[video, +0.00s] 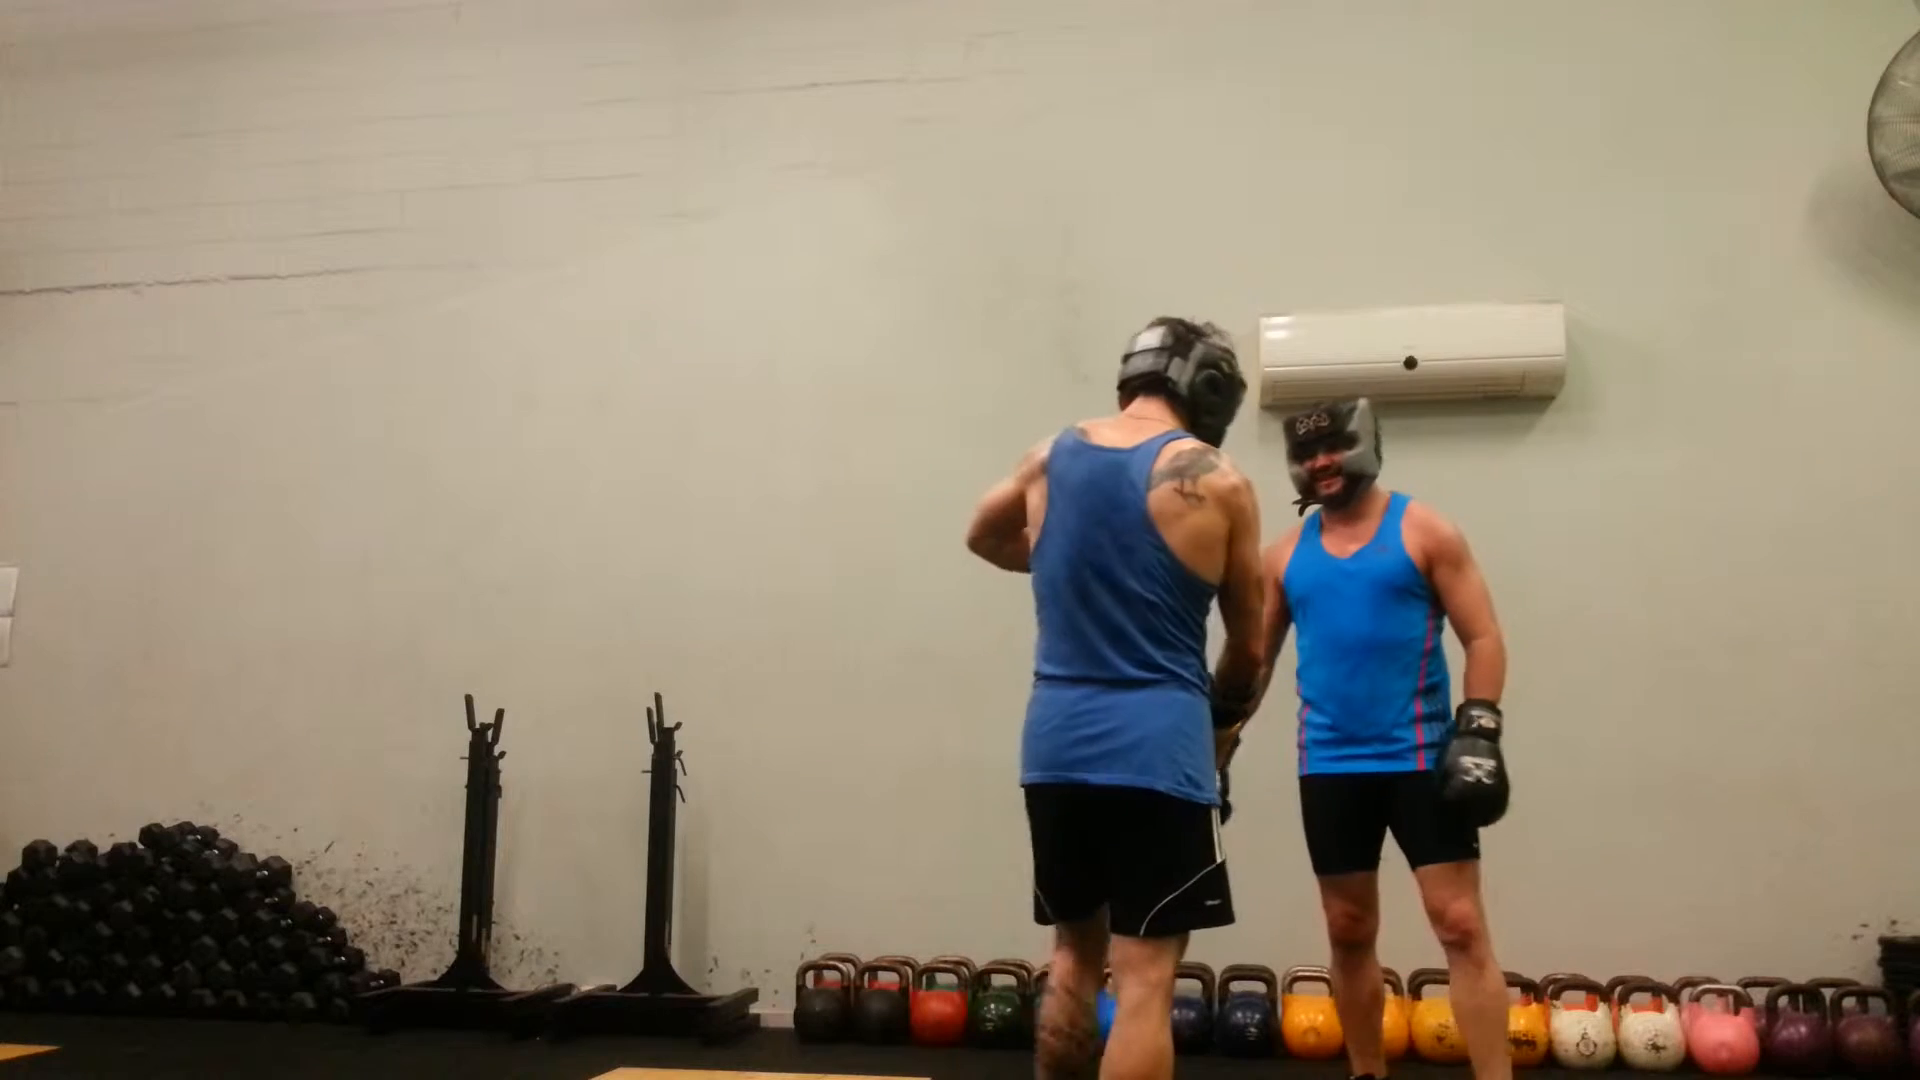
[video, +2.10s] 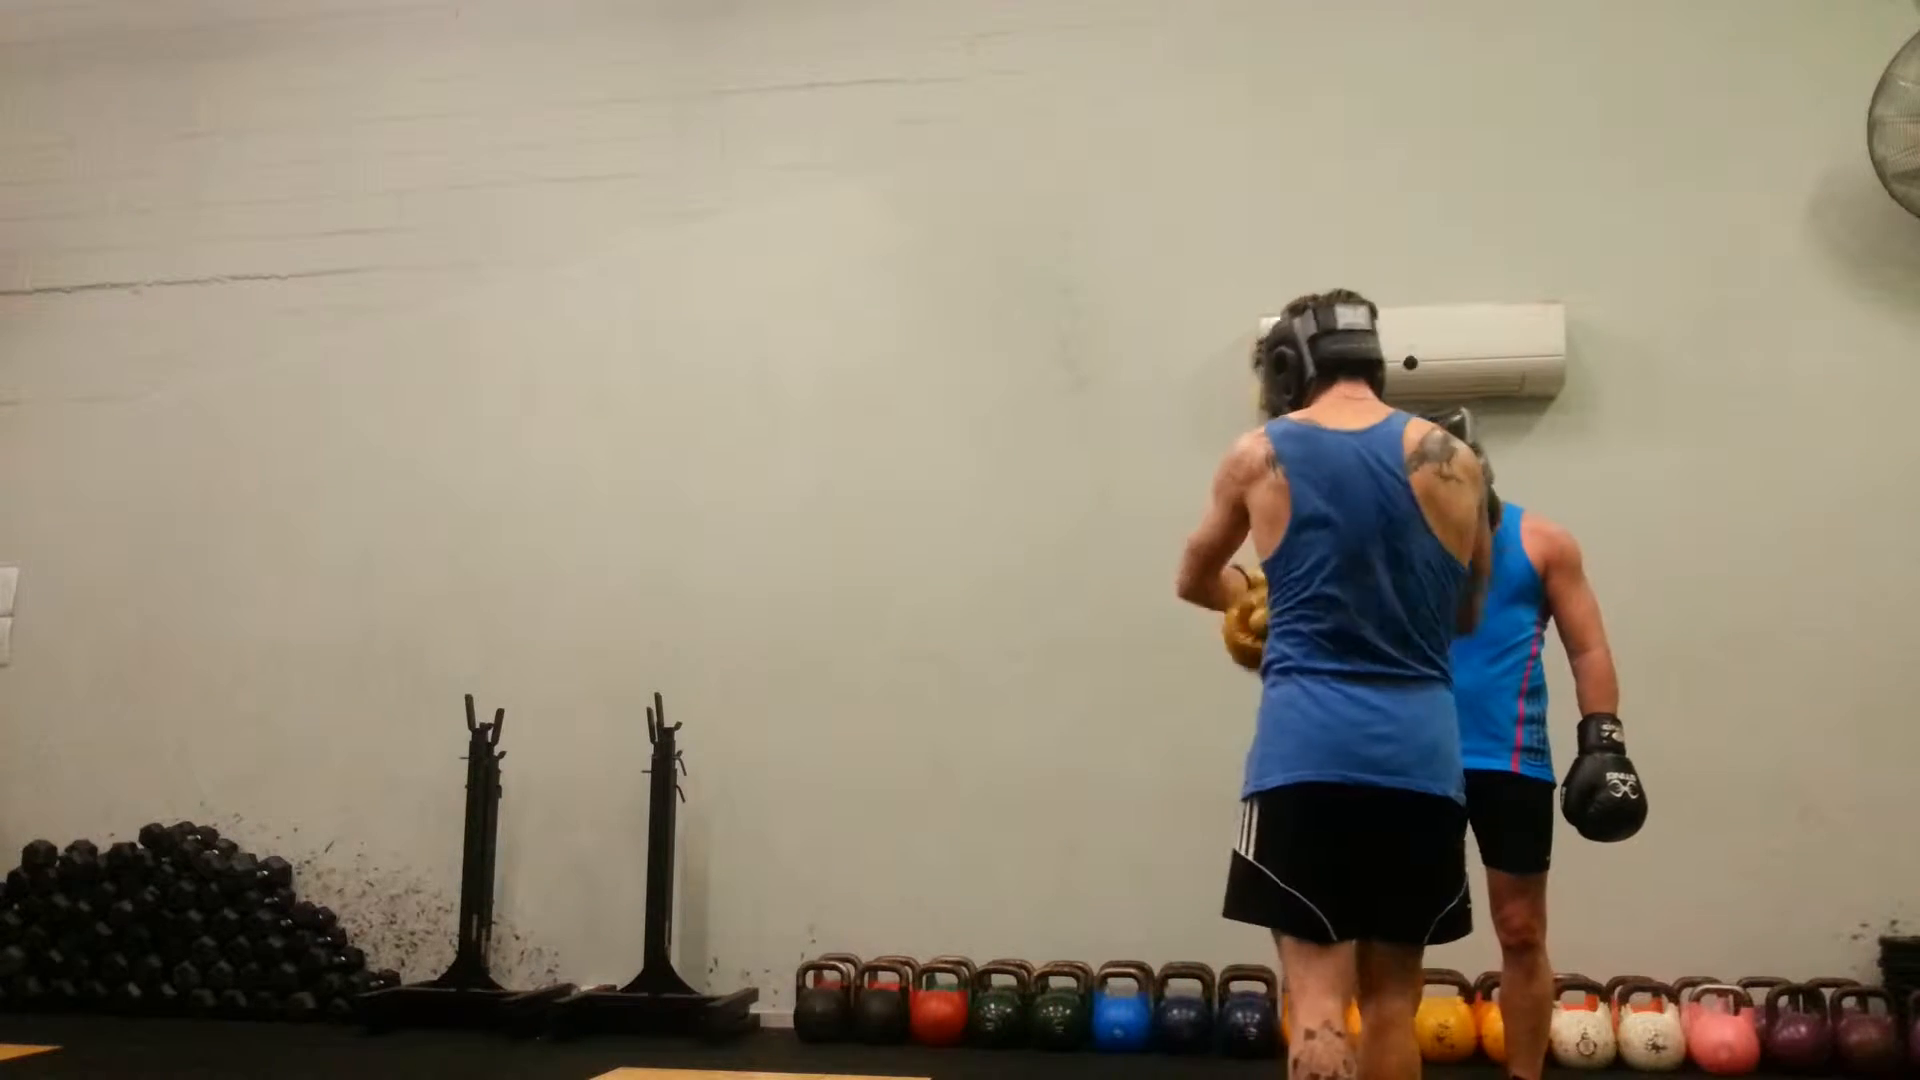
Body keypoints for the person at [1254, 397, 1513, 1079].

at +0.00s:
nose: (1323, 463)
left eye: (1337, 447)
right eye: (1308, 453)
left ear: (1368, 448)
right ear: (1295, 466)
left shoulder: (1425, 532)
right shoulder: (1283, 555)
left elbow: (1482, 637)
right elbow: (1251, 665)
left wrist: (1478, 732)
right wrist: (1214, 750)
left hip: (1423, 762)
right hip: (1331, 769)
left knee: (1460, 926)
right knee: (1348, 930)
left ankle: (1493, 1076)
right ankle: (1367, 1072)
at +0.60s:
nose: (1366, 472)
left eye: (1378, 456)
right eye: (1350, 464)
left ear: (1409, 454)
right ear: (1337, 475)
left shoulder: (1472, 537)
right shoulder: (1332, 561)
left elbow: (1531, 637)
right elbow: (1315, 658)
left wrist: (1555, 737)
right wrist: (1308, 702)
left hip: (1464, 767)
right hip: (1371, 770)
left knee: (1492, 933)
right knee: (1371, 932)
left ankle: (1515, 1074)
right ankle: (1374, 1074)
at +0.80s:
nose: (1394, 467)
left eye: (1407, 452)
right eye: (1378, 458)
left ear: (1438, 453)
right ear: (1364, 471)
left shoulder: (1499, 538)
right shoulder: (1357, 555)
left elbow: (1554, 641)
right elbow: (1326, 667)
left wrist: (1570, 738)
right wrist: (1340, 617)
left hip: (1486, 766)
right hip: (1393, 768)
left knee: (1507, 933)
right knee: (1383, 932)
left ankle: (1521, 1074)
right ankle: (1378, 1075)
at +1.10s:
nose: (1428, 468)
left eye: (1442, 453)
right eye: (1414, 456)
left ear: (1473, 457)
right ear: (1399, 464)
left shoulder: (1528, 543)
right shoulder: (1393, 545)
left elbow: (1577, 647)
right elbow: (1347, 642)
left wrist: (1591, 744)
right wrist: (1386, 542)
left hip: (1509, 767)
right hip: (1415, 768)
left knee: (1520, 932)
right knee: (1397, 934)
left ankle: (1525, 1074)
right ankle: (1382, 1074)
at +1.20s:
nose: (1434, 474)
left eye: (1447, 460)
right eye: (1421, 462)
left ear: (1478, 463)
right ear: (1404, 469)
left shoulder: (1533, 545)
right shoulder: (1399, 548)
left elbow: (1583, 652)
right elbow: (1351, 624)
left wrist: (1600, 749)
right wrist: (1396, 510)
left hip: (1515, 766)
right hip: (1420, 767)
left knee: (1523, 934)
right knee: (1398, 940)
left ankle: (1527, 1073)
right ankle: (1382, 1075)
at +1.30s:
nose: (1441, 476)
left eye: (1452, 462)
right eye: (1429, 463)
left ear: (1479, 464)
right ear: (1412, 472)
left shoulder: (1539, 547)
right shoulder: (1404, 548)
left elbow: (1586, 655)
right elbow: (1359, 643)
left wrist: (1608, 754)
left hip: (1517, 768)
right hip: (1421, 767)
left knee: (1524, 933)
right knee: (1403, 935)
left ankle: (1526, 1073)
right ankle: (1382, 1070)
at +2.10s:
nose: (1443, 480)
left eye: (1454, 463)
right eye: (1430, 469)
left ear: (1478, 466)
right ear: (1414, 481)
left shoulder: (1538, 541)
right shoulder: (1397, 546)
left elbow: (1586, 646)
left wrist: (1601, 741)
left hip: (1508, 765)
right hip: (1413, 765)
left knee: (1519, 934)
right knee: (1391, 945)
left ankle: (1525, 1072)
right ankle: (1384, 1069)